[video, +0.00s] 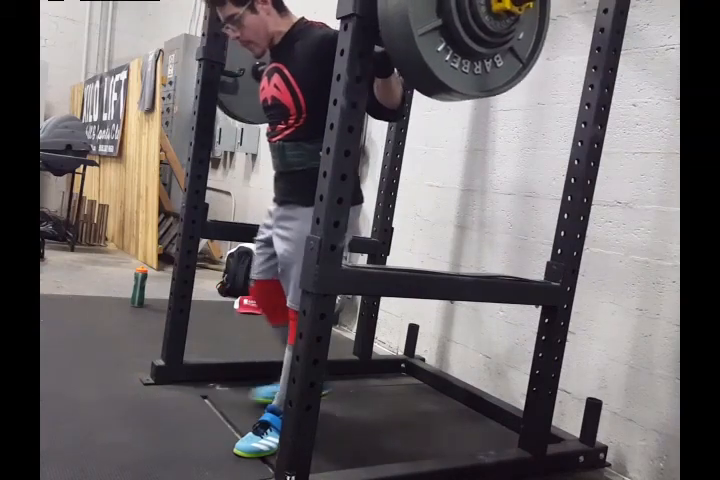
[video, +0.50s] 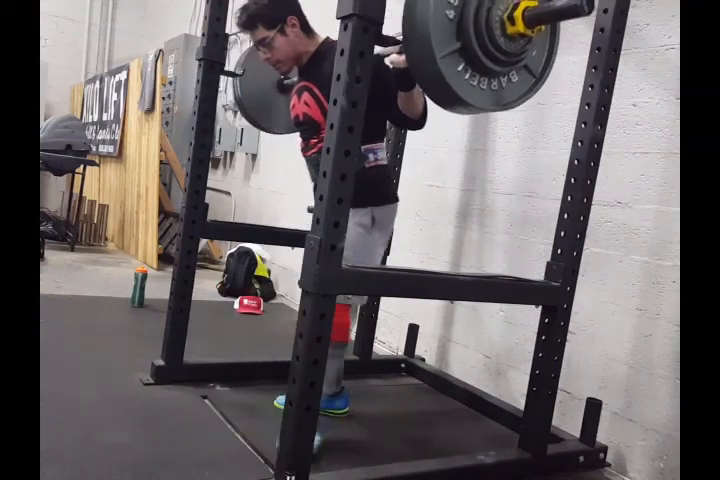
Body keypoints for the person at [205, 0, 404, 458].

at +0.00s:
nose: (234, 36)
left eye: (235, 22)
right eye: (227, 28)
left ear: (264, 5)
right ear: (262, 11)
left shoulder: (321, 43)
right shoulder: (273, 61)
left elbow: (390, 107)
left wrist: (381, 59)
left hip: (318, 210)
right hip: (284, 205)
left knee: (305, 319)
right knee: (264, 289)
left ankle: (284, 417)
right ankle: (302, 375)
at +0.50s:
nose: (265, 58)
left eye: (266, 46)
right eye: (259, 50)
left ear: (293, 26)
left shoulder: (353, 64)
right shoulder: (302, 79)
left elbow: (414, 118)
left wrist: (405, 75)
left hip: (365, 206)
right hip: (331, 204)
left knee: (333, 300)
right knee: (326, 298)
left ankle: (317, 401)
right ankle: (329, 389)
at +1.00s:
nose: (289, 57)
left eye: (292, 44)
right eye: (283, 49)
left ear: (319, 27)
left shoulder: (383, 66)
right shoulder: (322, 79)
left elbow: (439, 122)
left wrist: (431, 75)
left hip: (383, 211)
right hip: (336, 208)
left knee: (379, 310)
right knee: (335, 301)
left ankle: (376, 424)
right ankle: (330, 389)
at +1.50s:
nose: (299, 55)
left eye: (302, 43)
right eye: (293, 46)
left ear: (334, 28)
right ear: (327, 31)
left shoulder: (393, 66)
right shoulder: (336, 77)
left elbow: (453, 125)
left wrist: (447, 76)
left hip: (394, 216)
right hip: (343, 212)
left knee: (391, 318)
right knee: (322, 299)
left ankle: (376, 425)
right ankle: (312, 371)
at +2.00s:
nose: (287, 56)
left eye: (291, 44)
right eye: (282, 48)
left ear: (322, 32)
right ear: (311, 39)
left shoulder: (383, 74)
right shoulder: (320, 82)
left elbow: (433, 131)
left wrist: (428, 87)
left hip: (379, 213)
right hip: (332, 210)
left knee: (375, 310)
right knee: (328, 300)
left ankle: (375, 424)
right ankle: (318, 379)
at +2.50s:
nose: (293, 53)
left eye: (298, 42)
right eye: (288, 44)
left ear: (330, 31)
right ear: (321, 36)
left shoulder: (390, 78)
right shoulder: (330, 83)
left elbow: (445, 129)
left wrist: (437, 85)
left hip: (389, 217)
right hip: (341, 213)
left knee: (388, 314)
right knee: (335, 301)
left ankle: (377, 424)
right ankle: (318, 379)